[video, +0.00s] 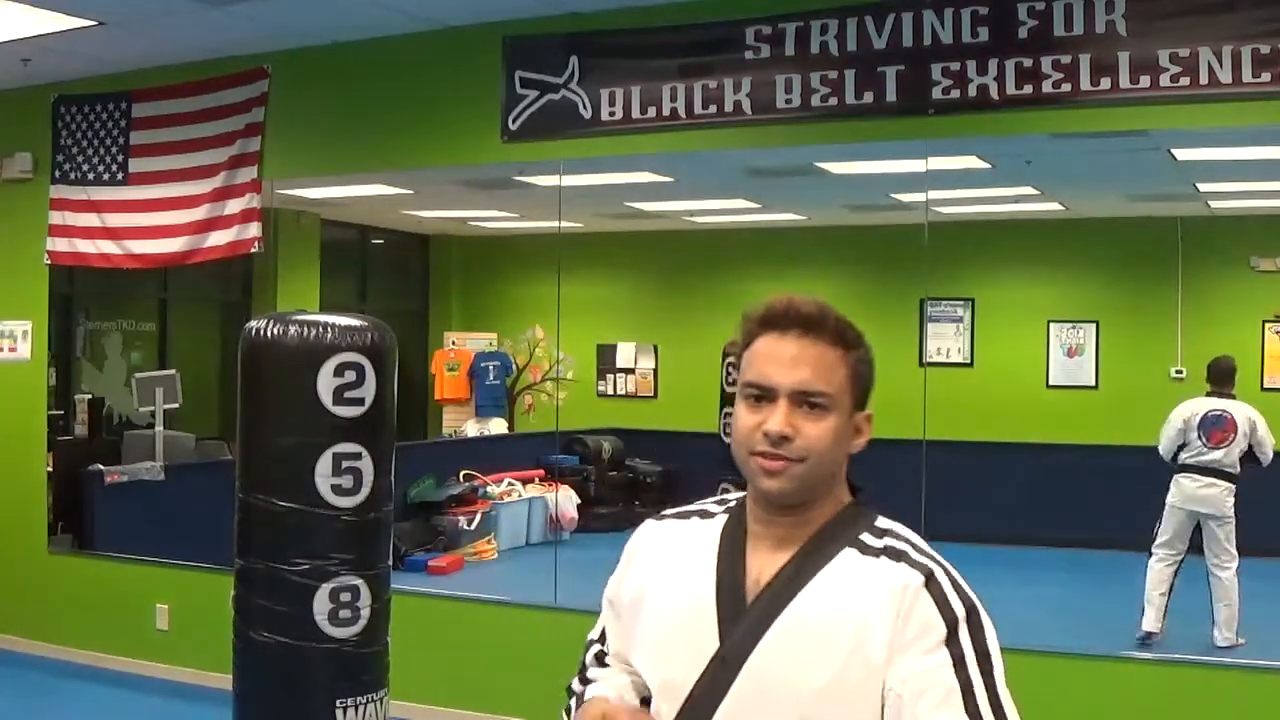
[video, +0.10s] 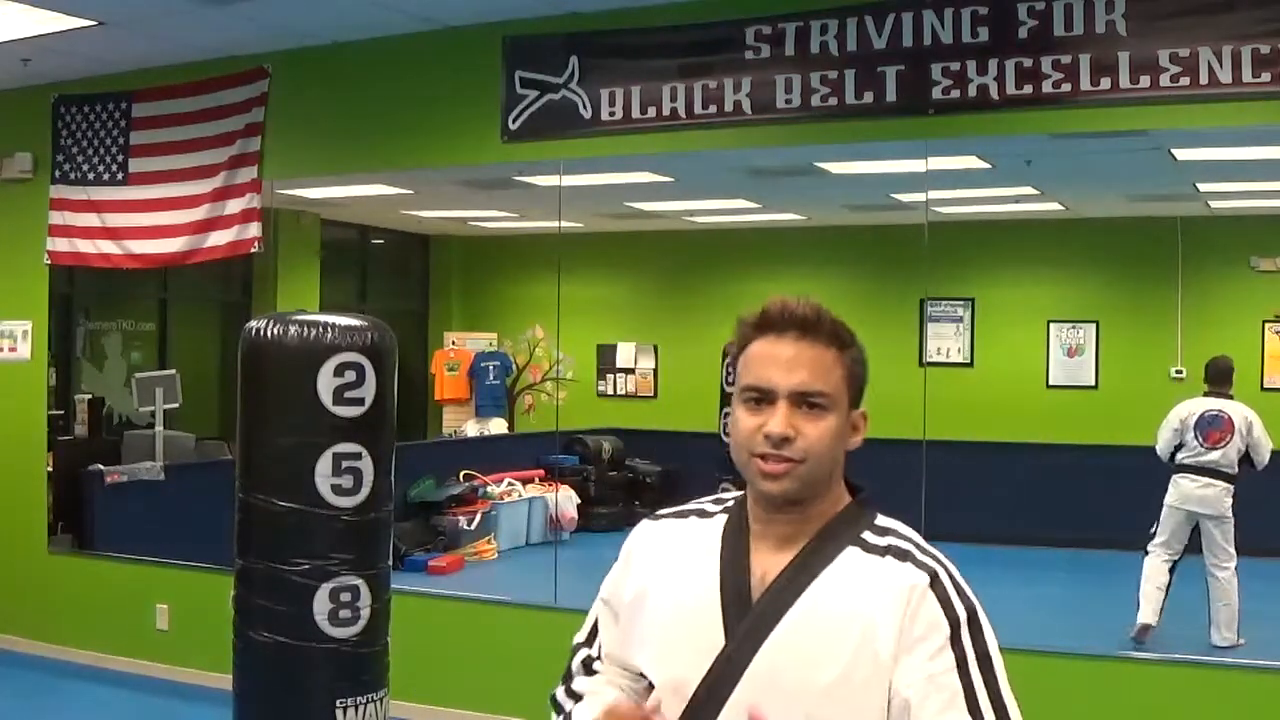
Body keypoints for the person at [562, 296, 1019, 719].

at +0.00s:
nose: (777, 426)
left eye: (811, 404)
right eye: (758, 398)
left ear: (859, 431)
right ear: (730, 415)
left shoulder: (919, 596)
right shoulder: (656, 547)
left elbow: (979, 715)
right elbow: (603, 682)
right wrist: (605, 707)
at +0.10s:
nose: (777, 428)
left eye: (810, 405)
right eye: (757, 400)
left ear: (855, 428)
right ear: (728, 417)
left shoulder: (918, 590)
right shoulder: (655, 545)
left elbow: (985, 718)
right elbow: (583, 690)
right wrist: (603, 714)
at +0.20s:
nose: (764, 433)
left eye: (794, 409)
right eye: (743, 406)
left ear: (836, 433)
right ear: (715, 423)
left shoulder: (907, 588)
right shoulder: (642, 558)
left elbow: (971, 717)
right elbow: (584, 703)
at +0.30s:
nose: (734, 452)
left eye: (761, 428)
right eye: (712, 429)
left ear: (803, 450)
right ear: (688, 448)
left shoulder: (882, 595)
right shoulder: (622, 581)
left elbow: (965, 717)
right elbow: (571, 708)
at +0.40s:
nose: (700, 467)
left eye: (726, 445)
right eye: (679, 446)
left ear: (767, 467)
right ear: (657, 463)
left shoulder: (843, 604)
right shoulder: (600, 595)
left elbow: (922, 715)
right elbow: (550, 709)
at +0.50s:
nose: (667, 461)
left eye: (690, 441)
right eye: (647, 442)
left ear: (731, 461)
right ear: (626, 462)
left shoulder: (802, 589)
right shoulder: (575, 585)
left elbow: (867, 716)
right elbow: (526, 703)